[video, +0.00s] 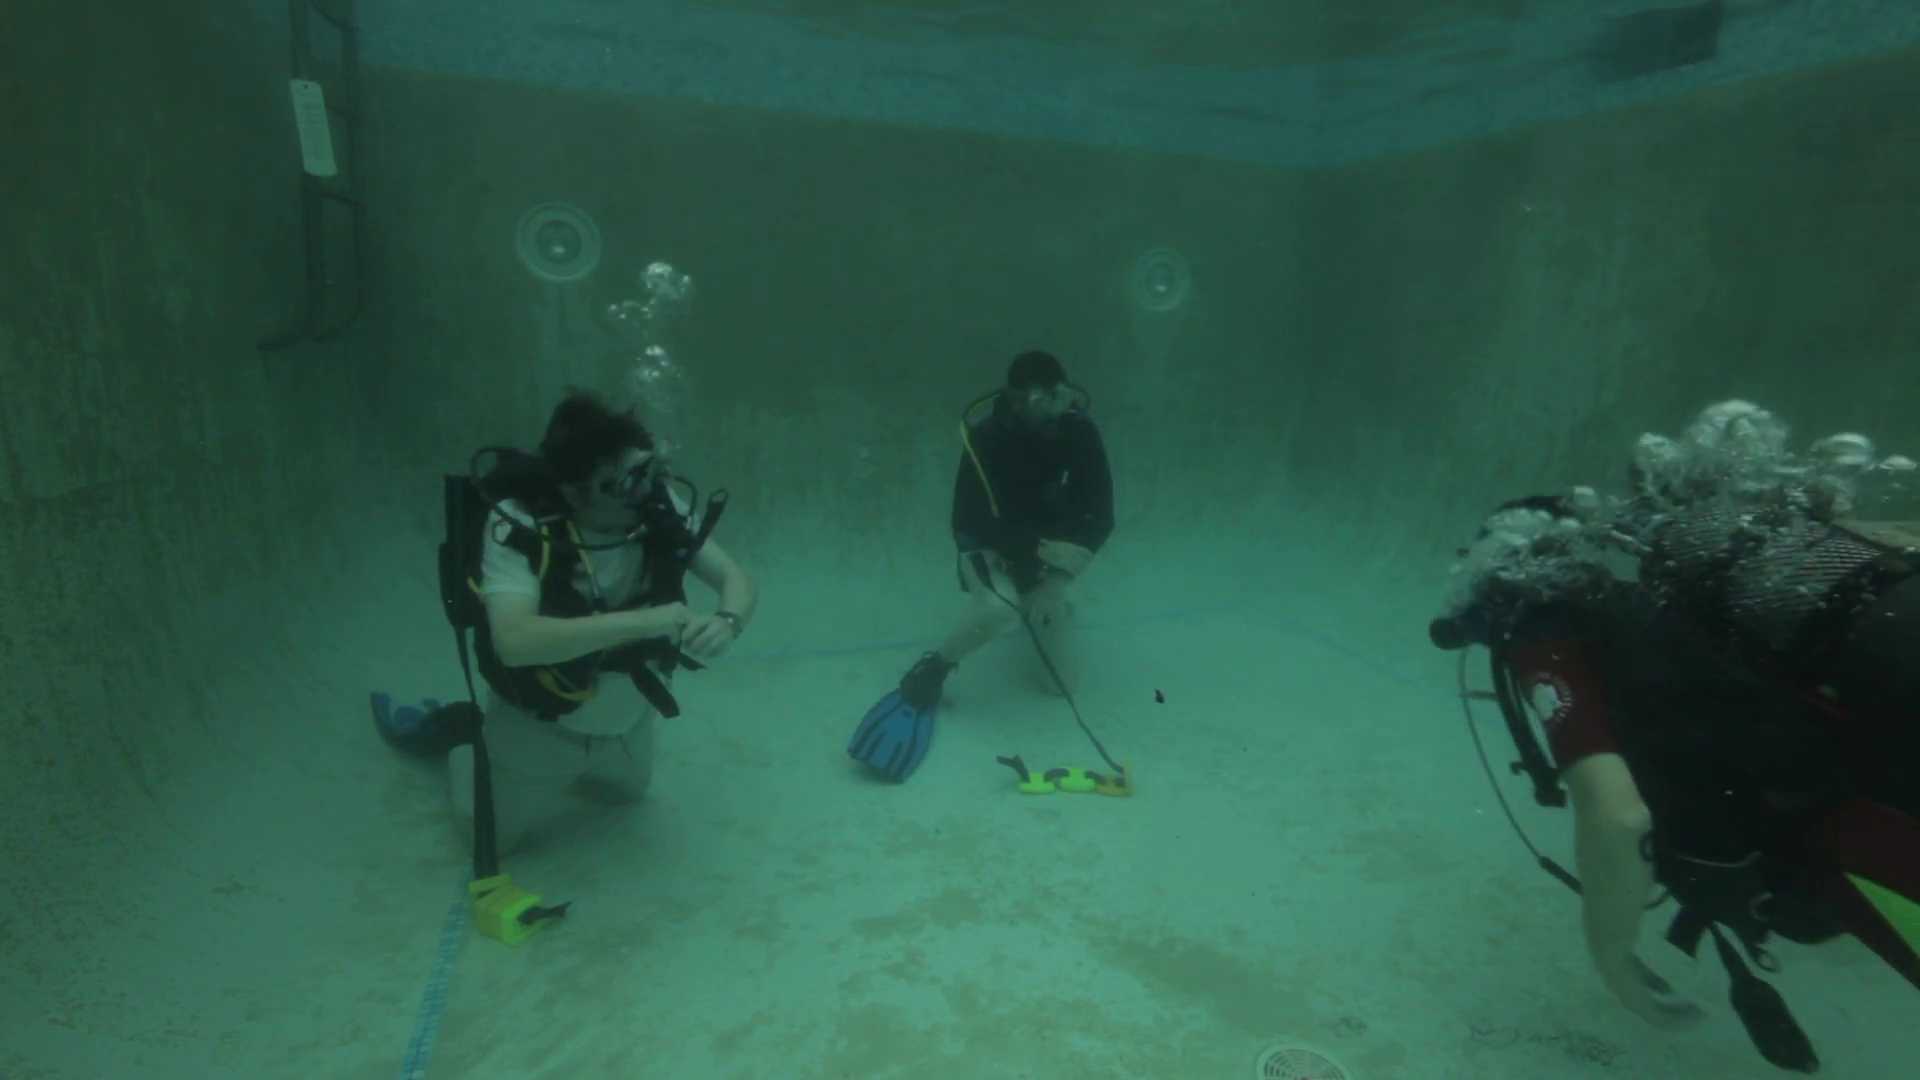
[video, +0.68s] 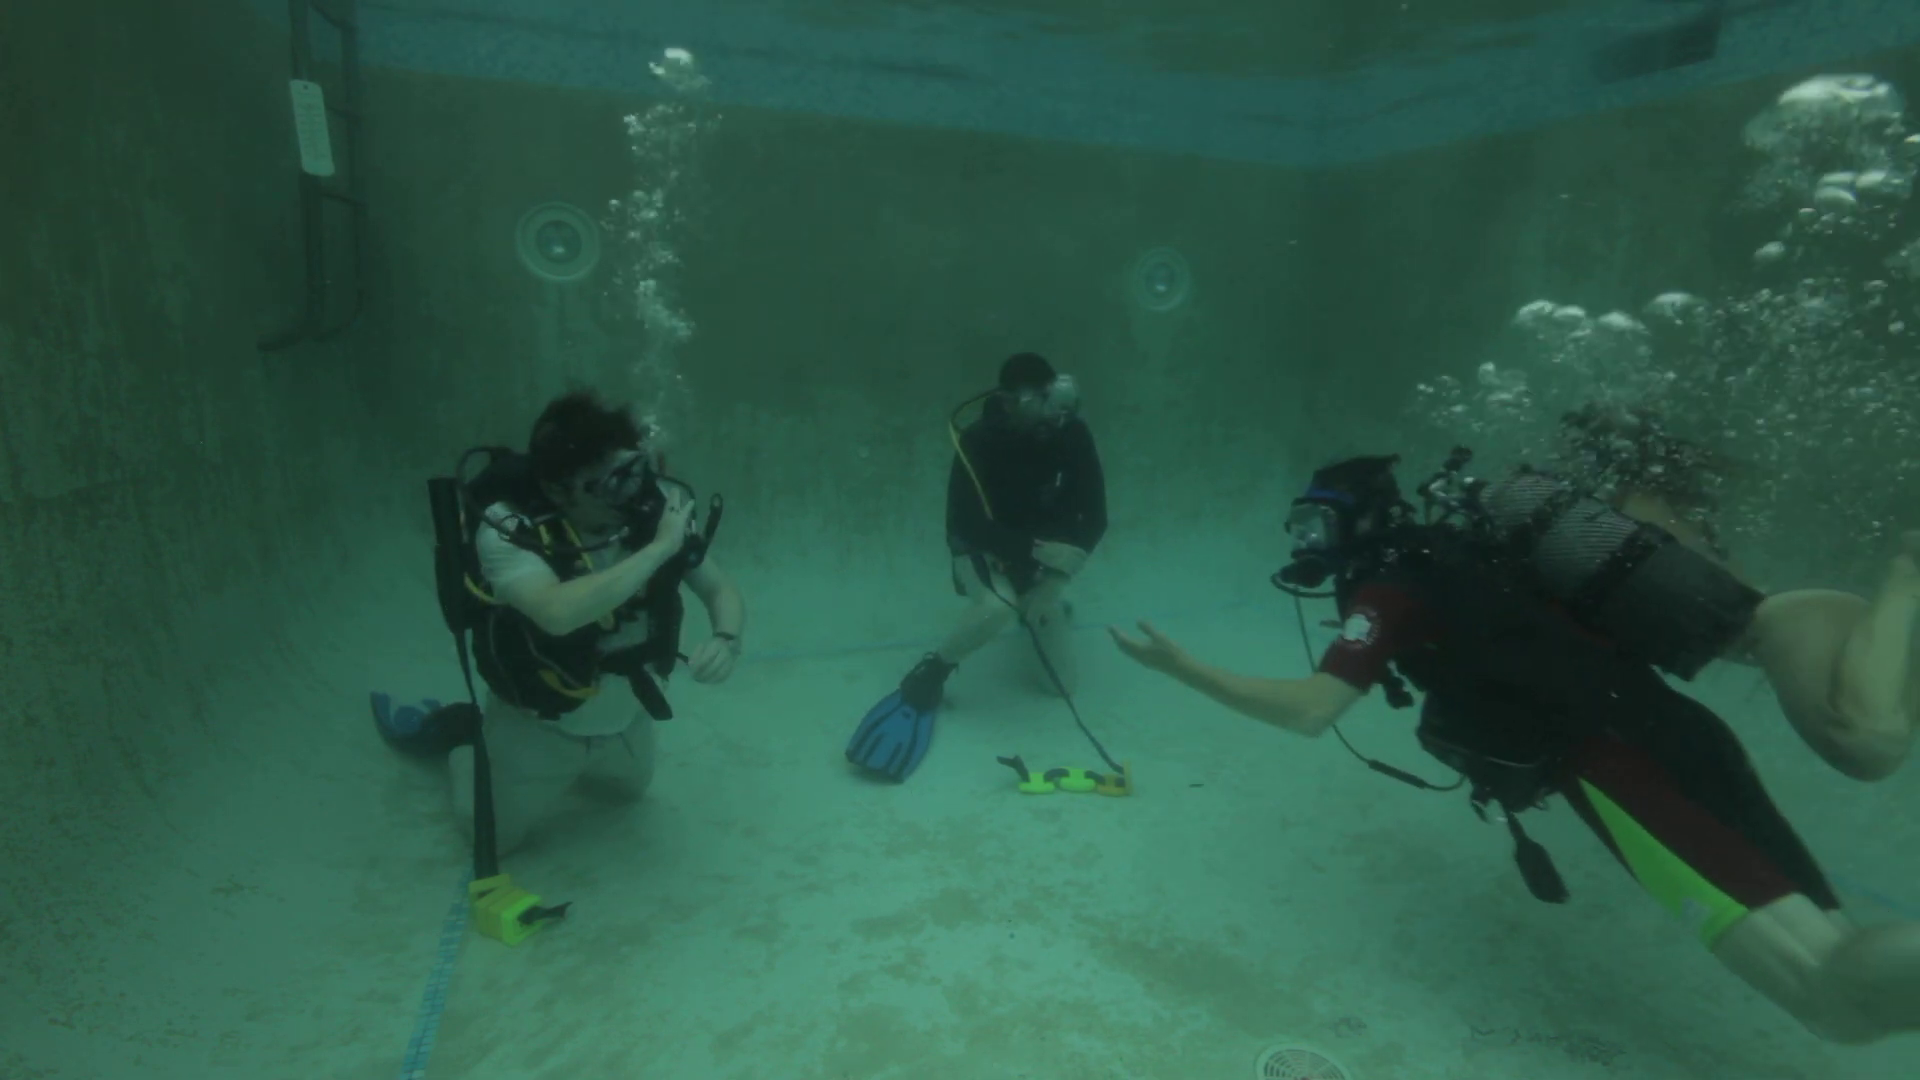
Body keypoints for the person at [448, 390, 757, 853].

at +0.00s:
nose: (646, 494)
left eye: (648, 475)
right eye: (627, 483)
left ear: (653, 465)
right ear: (575, 492)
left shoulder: (657, 508)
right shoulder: (517, 525)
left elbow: (736, 579)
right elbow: (514, 641)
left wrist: (729, 621)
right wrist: (648, 622)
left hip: (627, 713)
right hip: (538, 723)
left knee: (627, 787)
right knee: (500, 835)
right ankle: (463, 730)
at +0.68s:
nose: (631, 493)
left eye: (633, 475)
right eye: (612, 483)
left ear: (640, 464)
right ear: (558, 490)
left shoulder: (648, 510)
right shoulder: (504, 530)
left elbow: (719, 587)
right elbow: (556, 613)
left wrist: (726, 638)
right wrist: (661, 549)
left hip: (625, 711)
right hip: (537, 721)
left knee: (627, 787)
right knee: (503, 830)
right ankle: (462, 731)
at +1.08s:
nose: (631, 487)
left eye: (631, 470)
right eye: (611, 479)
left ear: (637, 461)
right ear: (564, 491)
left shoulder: (652, 510)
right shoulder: (503, 534)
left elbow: (716, 591)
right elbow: (582, 595)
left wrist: (717, 641)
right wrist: (673, 538)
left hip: (624, 705)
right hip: (534, 718)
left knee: (626, 786)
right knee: (494, 836)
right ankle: (459, 729)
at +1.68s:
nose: (663, 469)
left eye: (659, 455)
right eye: (649, 461)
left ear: (611, 473)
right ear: (605, 475)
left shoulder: (640, 512)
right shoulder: (520, 519)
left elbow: (682, 602)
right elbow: (593, 586)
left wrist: (740, 592)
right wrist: (701, 585)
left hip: (613, 697)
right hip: (526, 718)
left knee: (631, 766)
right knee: (498, 837)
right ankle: (460, 728)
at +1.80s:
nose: (671, 474)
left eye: (668, 460)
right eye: (657, 462)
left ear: (617, 471)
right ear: (611, 471)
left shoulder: (642, 513)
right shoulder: (527, 515)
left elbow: (678, 597)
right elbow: (601, 582)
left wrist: (743, 586)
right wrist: (707, 588)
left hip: (606, 697)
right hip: (521, 715)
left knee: (633, 761)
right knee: (497, 835)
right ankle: (457, 726)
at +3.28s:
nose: (728, 459)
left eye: (725, 447)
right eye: (717, 448)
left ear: (684, 453)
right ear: (681, 451)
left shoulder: (684, 514)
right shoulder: (633, 502)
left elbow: (719, 571)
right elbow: (549, 546)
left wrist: (794, 585)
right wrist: (500, 591)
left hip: (570, 671)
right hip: (519, 667)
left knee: (517, 732)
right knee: (476, 822)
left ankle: (402, 676)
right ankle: (375, 740)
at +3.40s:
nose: (732, 459)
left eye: (731, 446)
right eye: (722, 447)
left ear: (692, 449)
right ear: (682, 447)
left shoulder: (692, 508)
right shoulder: (633, 497)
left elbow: (734, 567)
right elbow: (538, 551)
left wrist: (811, 576)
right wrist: (472, 610)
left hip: (576, 671)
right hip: (526, 666)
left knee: (514, 761)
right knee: (484, 828)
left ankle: (389, 691)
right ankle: (361, 737)